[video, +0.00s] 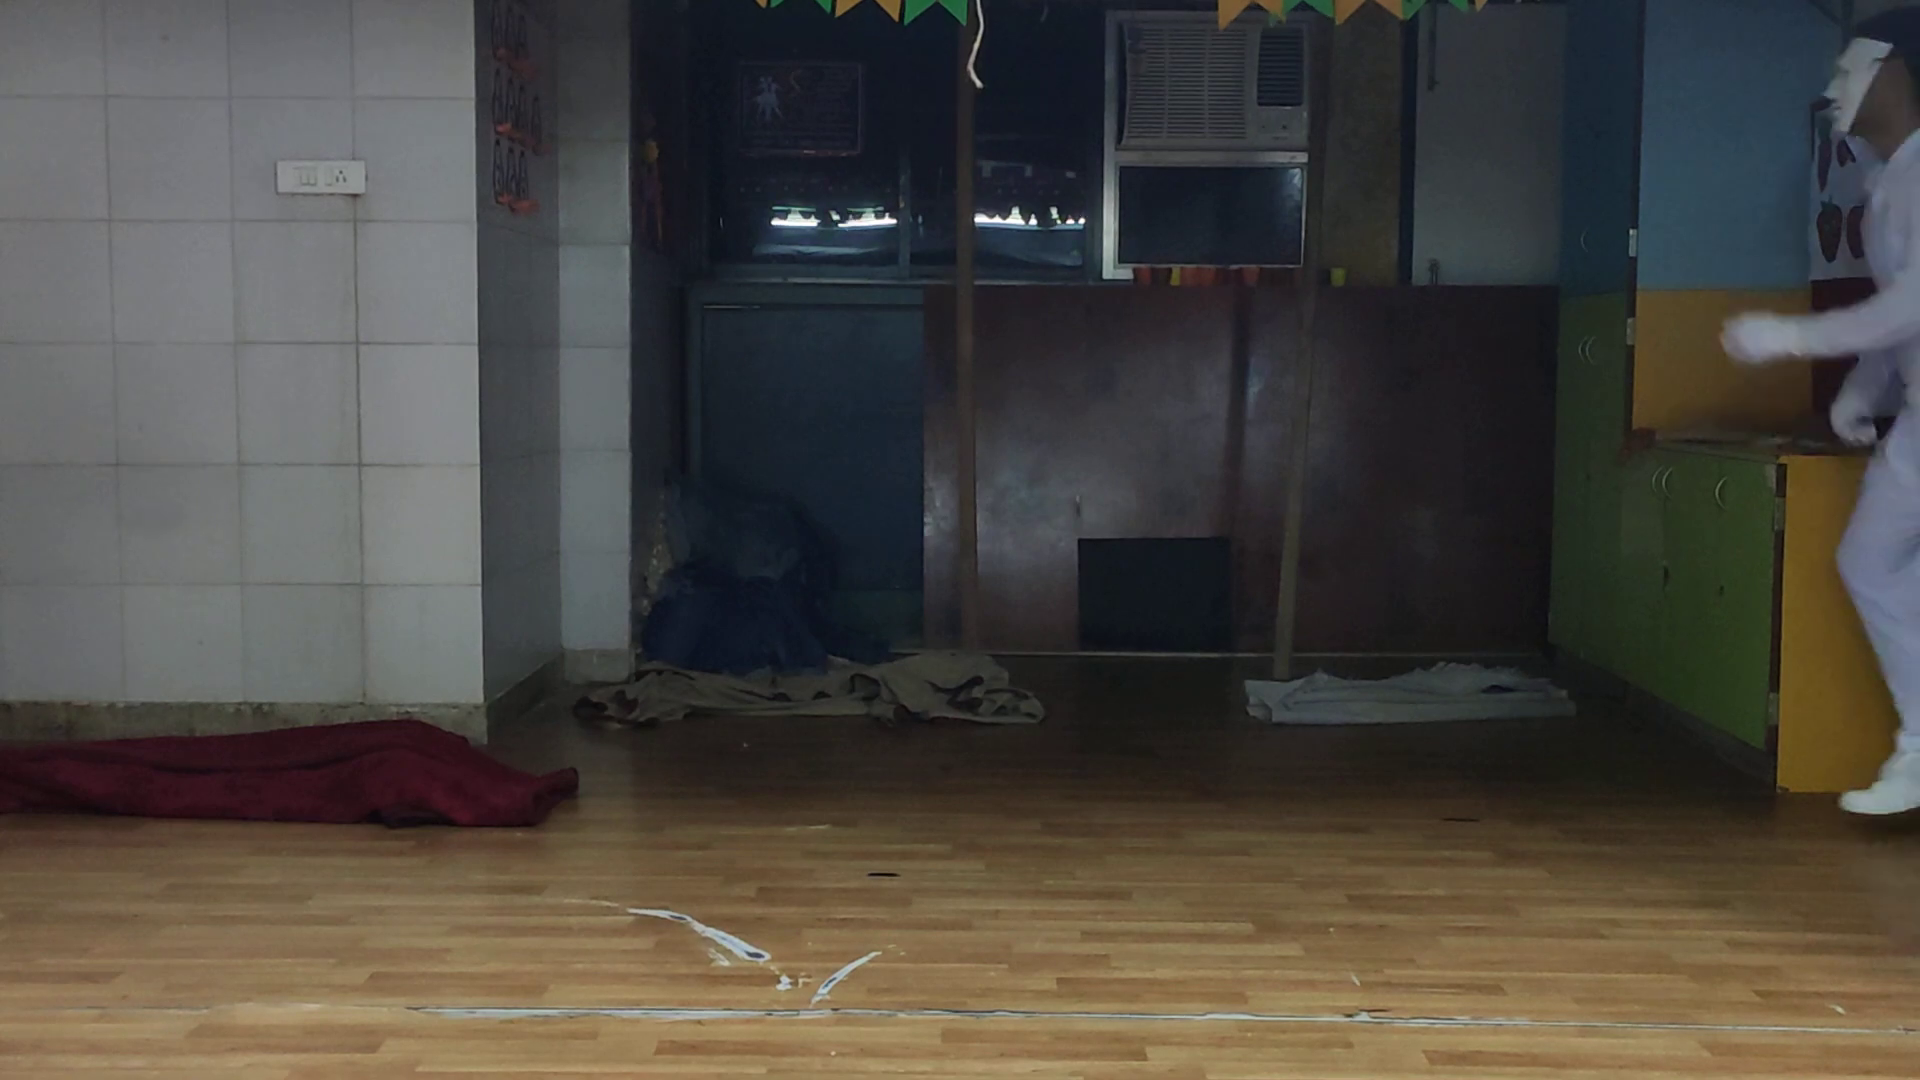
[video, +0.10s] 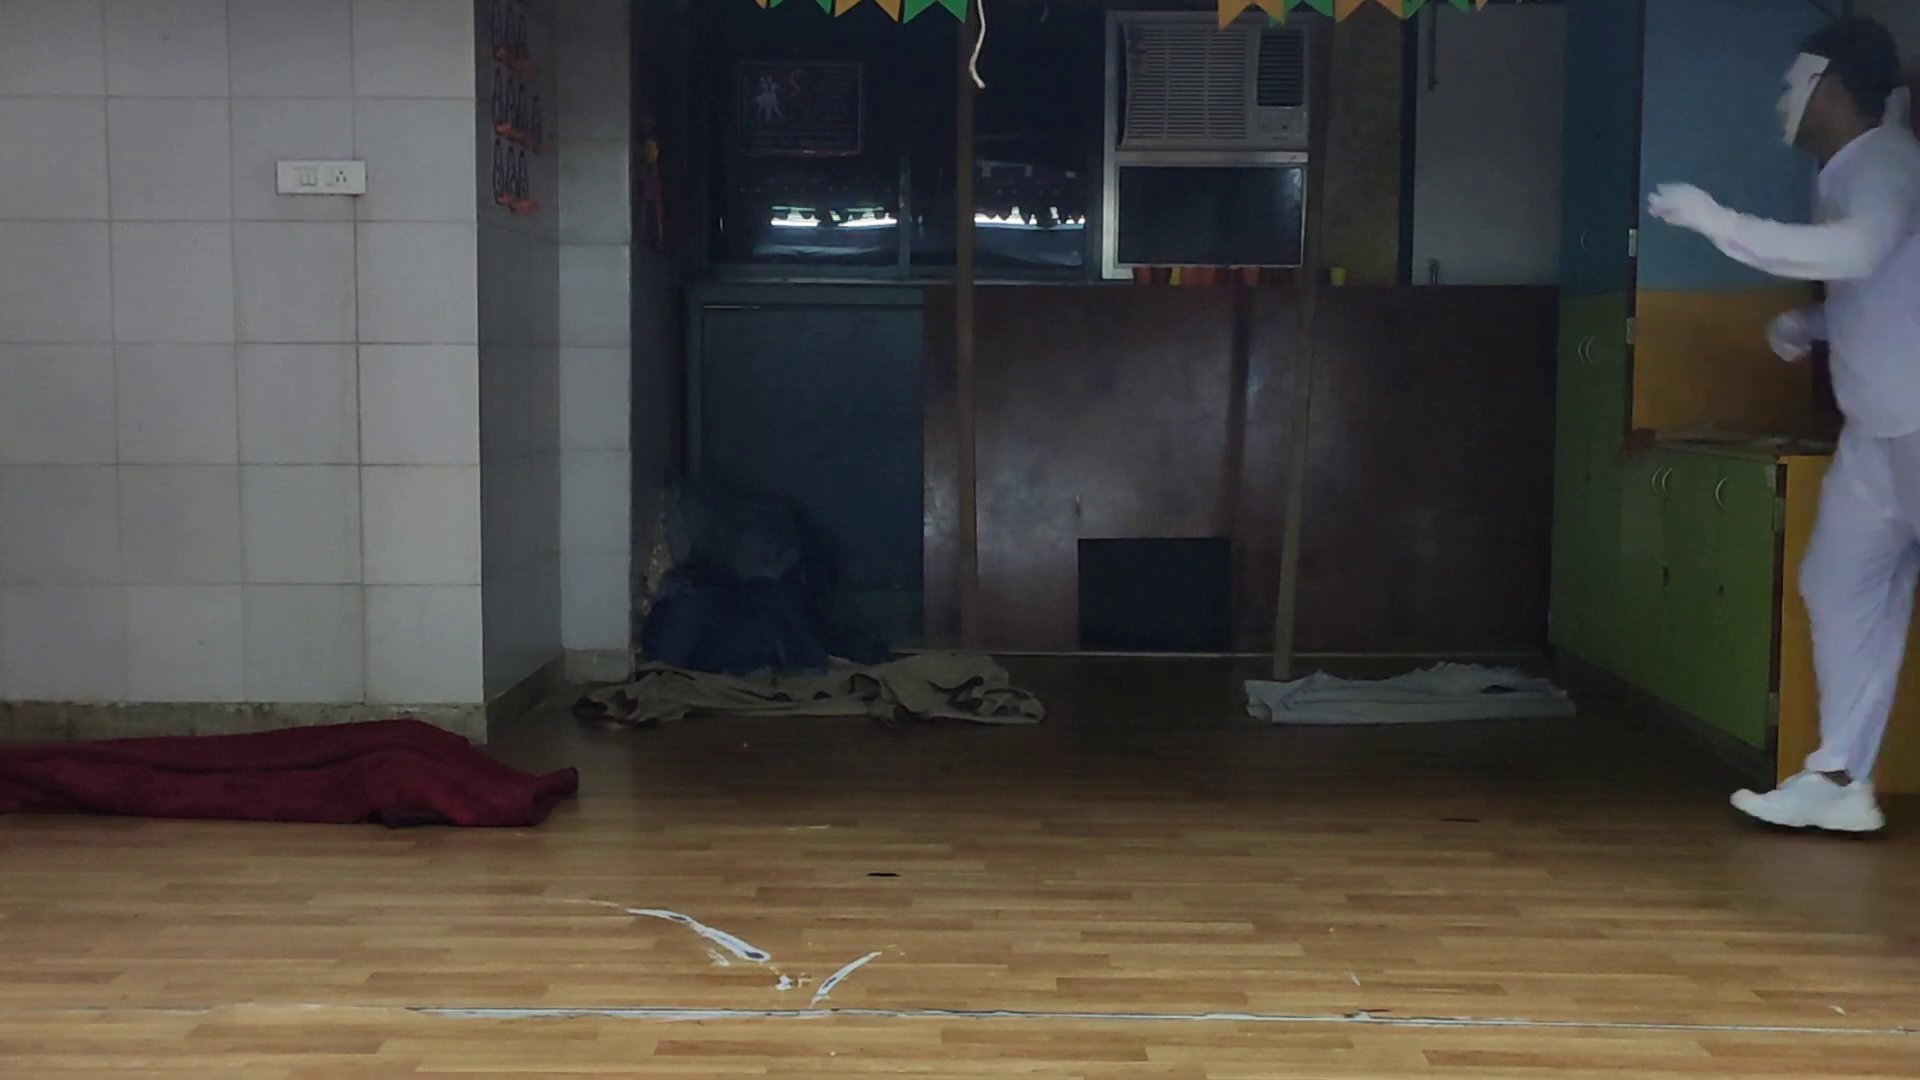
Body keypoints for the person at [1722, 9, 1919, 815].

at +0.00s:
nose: (1842, 107)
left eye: (1851, 90)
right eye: (1842, 93)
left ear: (1887, 86)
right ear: (1883, 93)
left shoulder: (1916, 174)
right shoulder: (1889, 180)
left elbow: (1910, 306)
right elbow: (1901, 308)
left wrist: (1791, 335)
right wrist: (1864, 385)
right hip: (1909, 412)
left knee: (1871, 558)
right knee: (1874, 559)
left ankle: (1916, 741)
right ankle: (1915, 742)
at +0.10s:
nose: (1788, 104)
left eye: (1798, 86)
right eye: (1789, 86)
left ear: (1838, 88)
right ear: (1846, 92)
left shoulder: (1886, 159)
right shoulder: (1847, 175)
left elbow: (1859, 248)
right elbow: (1875, 295)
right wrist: (1810, 323)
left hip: (1909, 429)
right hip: (1875, 433)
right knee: (1840, 584)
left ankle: (1842, 778)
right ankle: (1841, 778)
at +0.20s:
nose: (1735, 128)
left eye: (1746, 111)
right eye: (1739, 112)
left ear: (1780, 112)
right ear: (1795, 119)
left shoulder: (1827, 175)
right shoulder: (1800, 202)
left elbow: (1774, 208)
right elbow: (1819, 307)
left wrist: (1687, 223)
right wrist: (1742, 314)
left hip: (1868, 433)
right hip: (1812, 443)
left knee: (1884, 604)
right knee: (1783, 603)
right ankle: (1819, 787)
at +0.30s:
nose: (1677, 129)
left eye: (1689, 115)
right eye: (1682, 115)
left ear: (1720, 119)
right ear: (1730, 124)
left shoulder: (1751, 174)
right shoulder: (1727, 204)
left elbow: (1789, 223)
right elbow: (1747, 340)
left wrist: (1685, 302)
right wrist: (1674, 369)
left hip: (1792, 421)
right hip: (1774, 425)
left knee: (1702, 577)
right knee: (1770, 607)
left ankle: (1883, 678)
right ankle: (1816, 790)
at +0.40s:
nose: (1612, 91)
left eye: (1623, 76)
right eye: (1619, 77)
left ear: (1651, 84)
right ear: (1661, 89)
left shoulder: (1696, 152)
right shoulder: (1664, 168)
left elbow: (1758, 233)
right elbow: (1696, 279)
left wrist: (1650, 299)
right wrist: (1638, 342)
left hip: (1711, 371)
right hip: (1725, 381)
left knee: (1577, 500)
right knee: (1750, 576)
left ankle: (1719, 625)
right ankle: (1801, 767)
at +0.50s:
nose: (1552, 93)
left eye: (1561, 77)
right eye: (1554, 79)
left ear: (1591, 82)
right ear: (1607, 85)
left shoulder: (1635, 143)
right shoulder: (1609, 164)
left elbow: (1679, 214)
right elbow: (1617, 254)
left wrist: (1563, 180)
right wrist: (1540, 270)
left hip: (1639, 365)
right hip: (1675, 377)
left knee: (1519, 494)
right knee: (1691, 565)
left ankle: (1559, 685)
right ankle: (1722, 756)